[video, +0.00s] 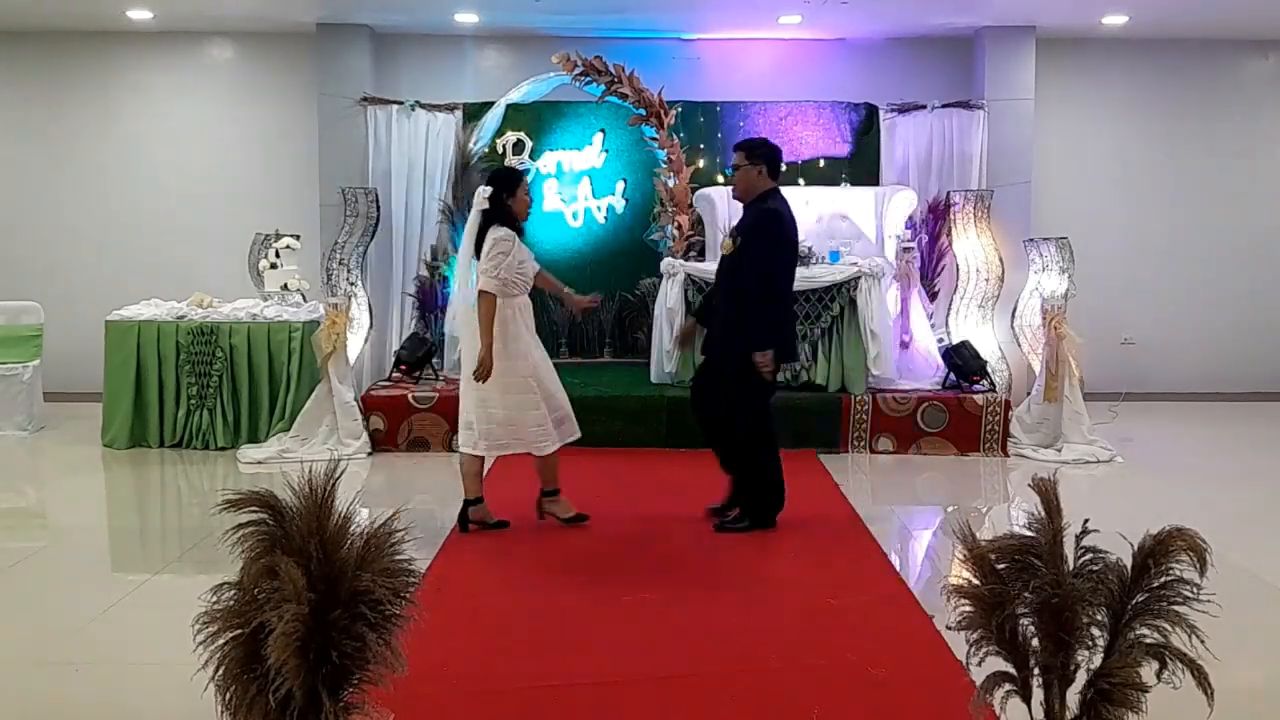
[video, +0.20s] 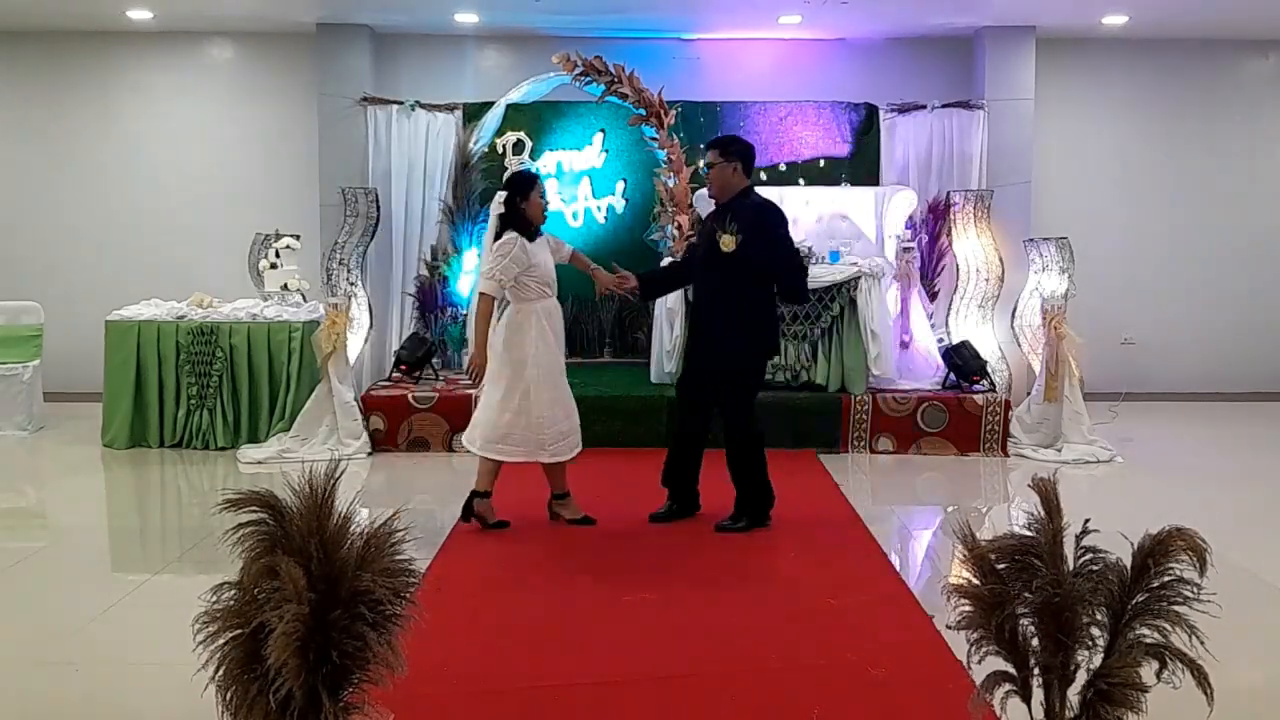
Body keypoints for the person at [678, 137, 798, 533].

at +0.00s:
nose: (732, 178)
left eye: (737, 170)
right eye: (732, 170)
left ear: (761, 172)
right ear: (757, 173)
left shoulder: (770, 216)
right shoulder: (755, 214)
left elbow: (769, 287)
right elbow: (732, 281)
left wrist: (765, 343)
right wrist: (698, 319)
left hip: (751, 344)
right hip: (732, 339)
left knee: (750, 423)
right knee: (708, 398)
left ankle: (760, 509)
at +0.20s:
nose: (706, 176)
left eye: (711, 168)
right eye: (706, 169)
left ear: (736, 169)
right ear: (727, 170)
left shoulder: (764, 214)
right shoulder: (713, 220)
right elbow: (689, 268)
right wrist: (642, 284)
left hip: (745, 339)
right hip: (706, 337)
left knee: (738, 419)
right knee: (688, 413)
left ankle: (754, 507)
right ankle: (682, 498)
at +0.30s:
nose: (696, 175)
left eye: (702, 168)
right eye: (695, 169)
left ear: (728, 169)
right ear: (709, 172)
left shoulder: (761, 215)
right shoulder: (700, 218)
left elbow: (789, 266)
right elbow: (682, 267)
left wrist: (756, 300)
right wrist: (638, 277)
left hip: (739, 338)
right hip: (696, 336)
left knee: (727, 420)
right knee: (683, 416)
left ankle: (729, 507)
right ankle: (684, 500)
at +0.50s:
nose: (702, 178)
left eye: (712, 171)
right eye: (695, 171)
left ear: (730, 172)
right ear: (687, 173)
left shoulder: (756, 216)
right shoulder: (677, 216)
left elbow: (783, 271)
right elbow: (661, 263)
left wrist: (751, 301)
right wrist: (639, 286)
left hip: (737, 336)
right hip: (688, 335)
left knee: (729, 422)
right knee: (684, 418)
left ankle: (722, 502)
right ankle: (684, 498)